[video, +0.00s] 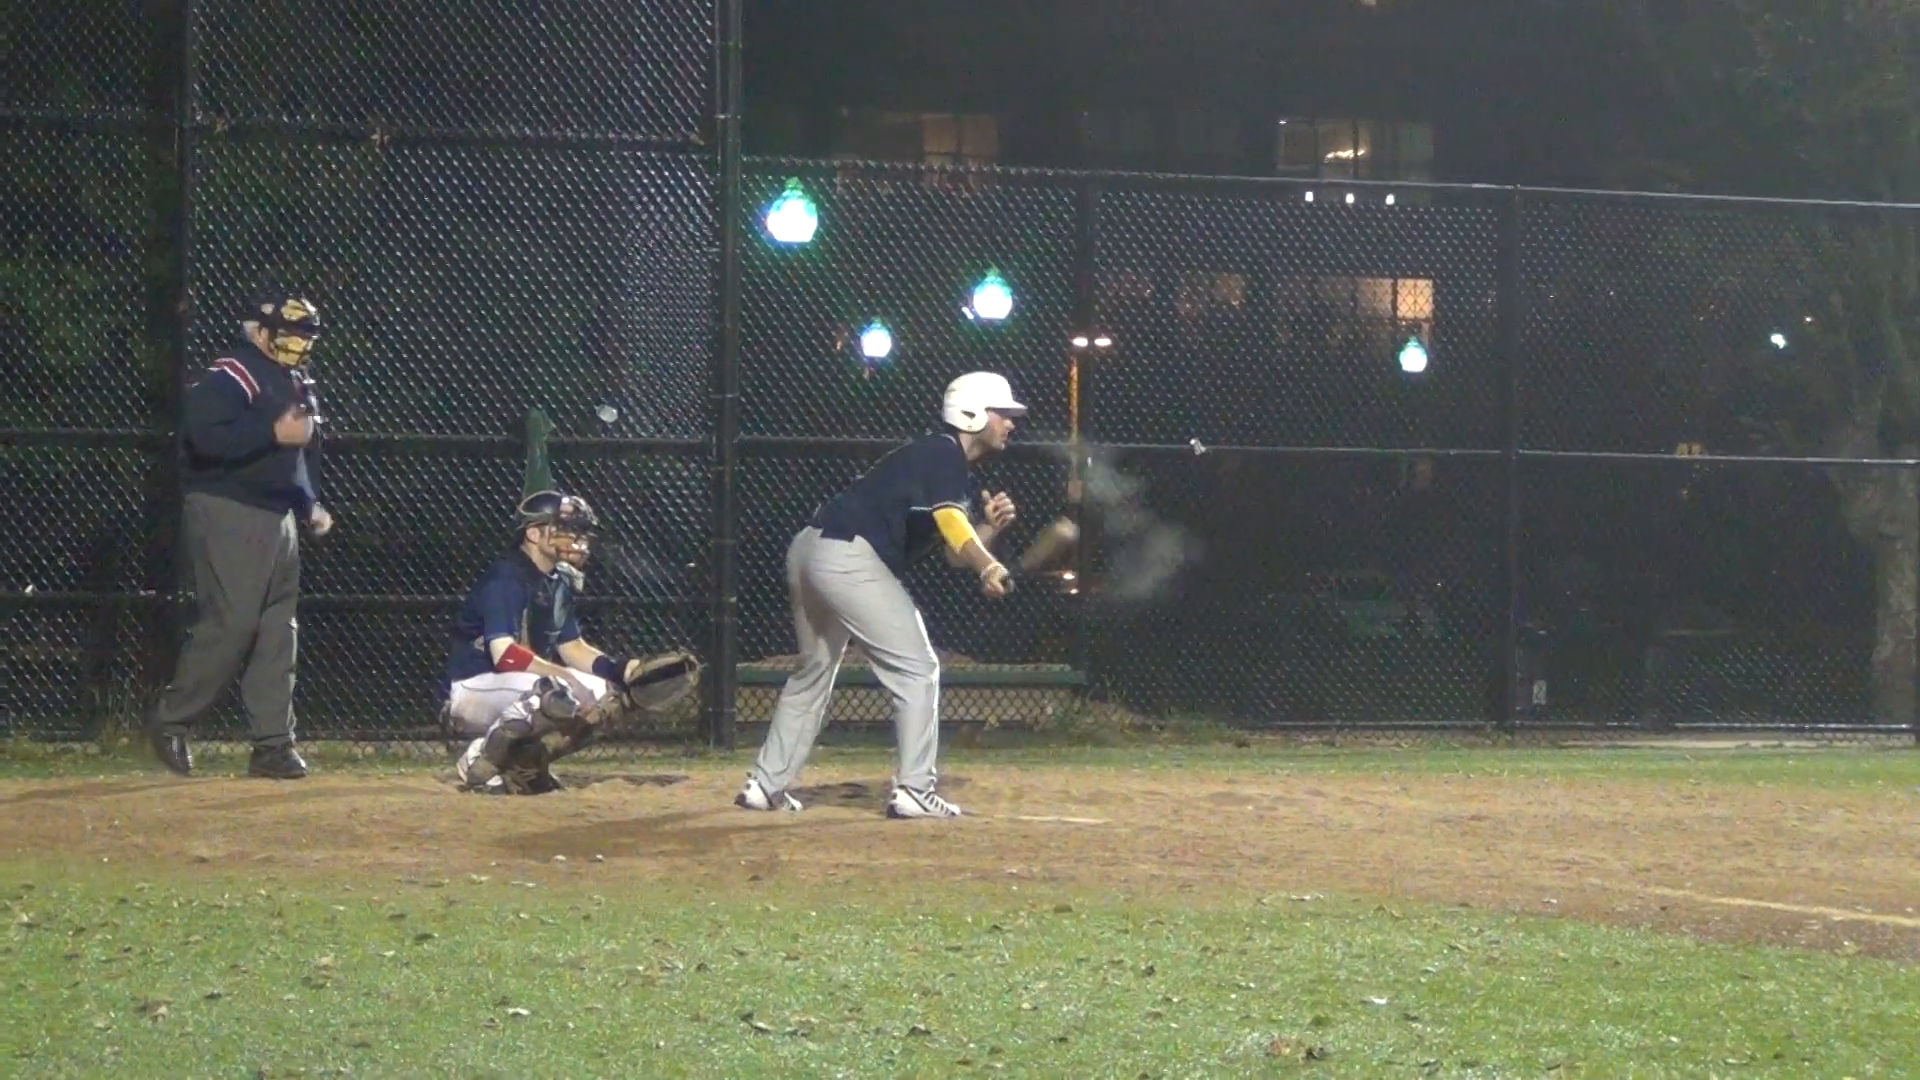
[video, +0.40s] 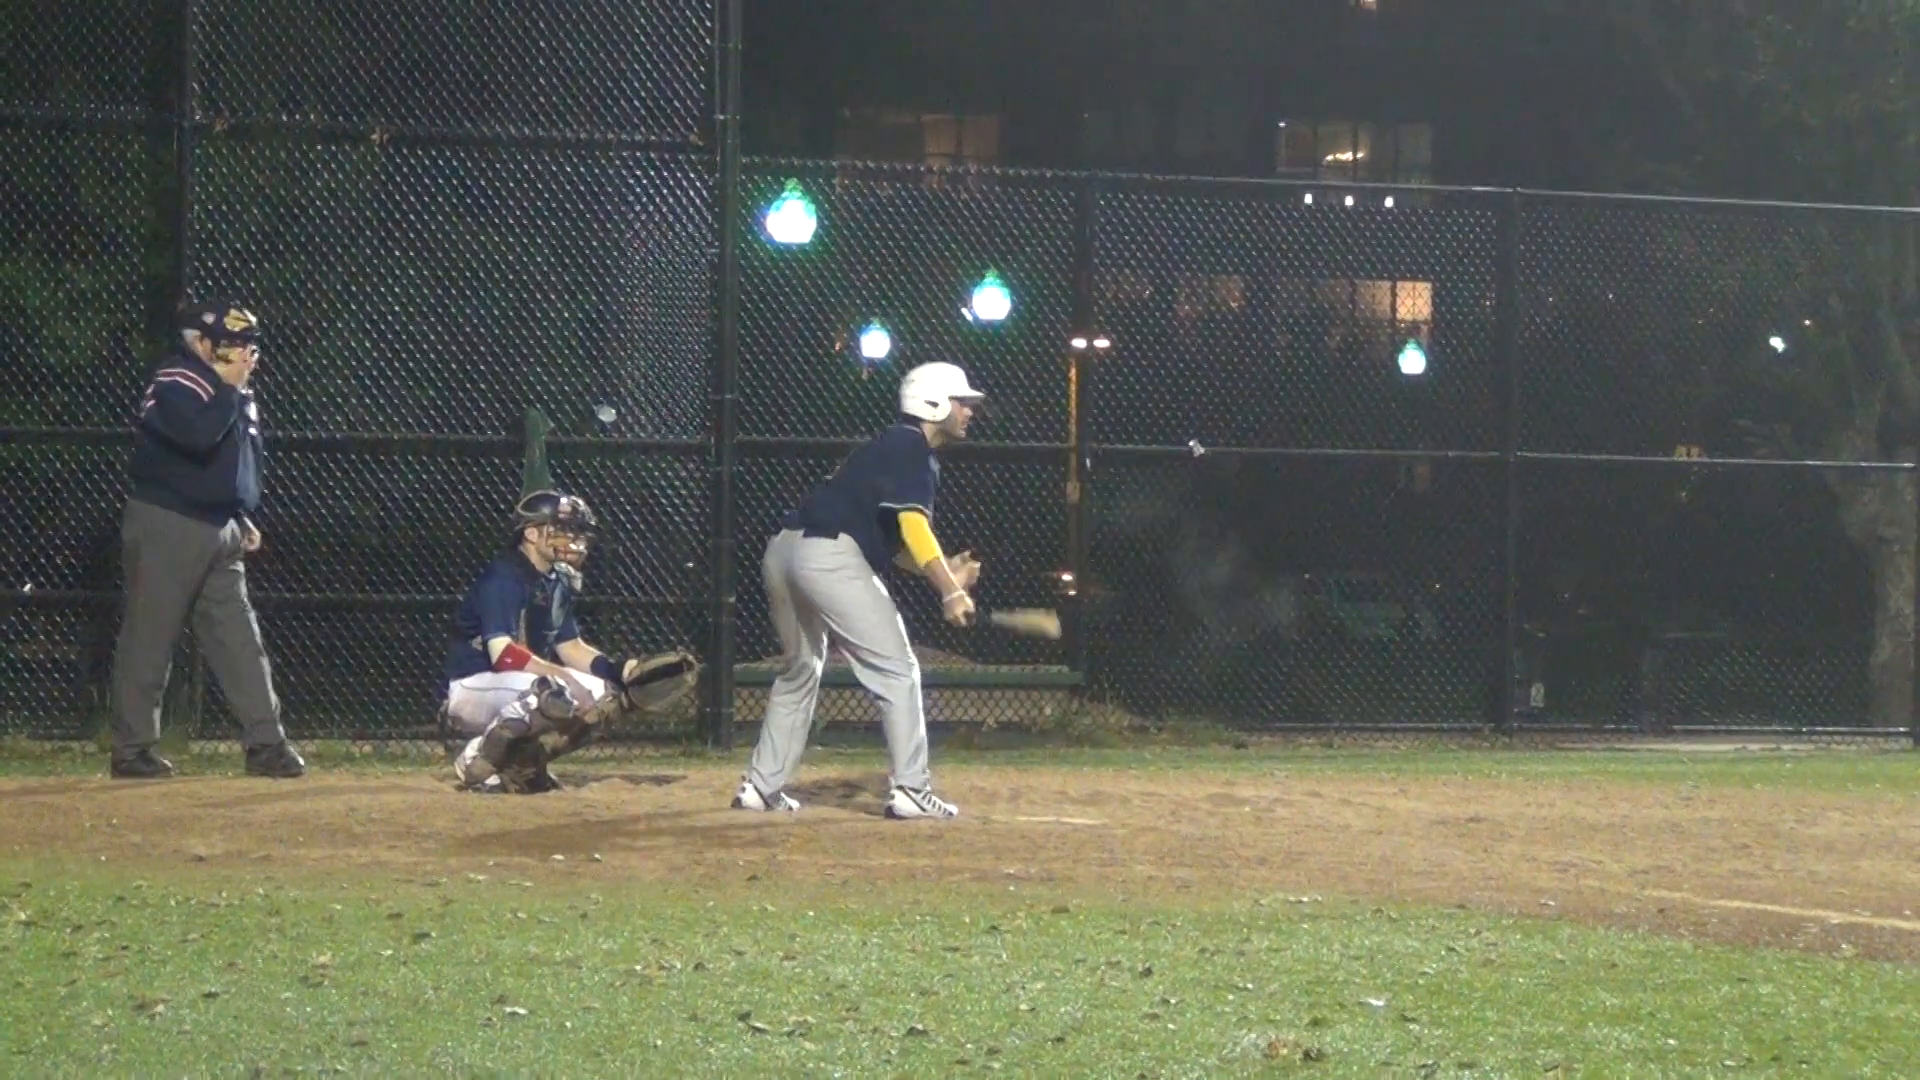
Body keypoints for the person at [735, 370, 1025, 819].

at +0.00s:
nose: (1012, 424)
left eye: (1011, 416)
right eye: (1003, 415)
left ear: (970, 419)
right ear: (974, 417)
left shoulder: (925, 454)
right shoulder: (945, 455)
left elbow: (955, 554)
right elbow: (953, 527)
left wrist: (988, 529)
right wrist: (988, 564)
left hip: (807, 546)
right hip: (847, 553)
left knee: (814, 670)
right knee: (918, 669)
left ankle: (765, 784)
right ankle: (915, 791)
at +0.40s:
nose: (970, 413)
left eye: (969, 404)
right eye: (961, 403)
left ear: (924, 407)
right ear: (933, 405)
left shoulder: (883, 444)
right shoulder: (913, 450)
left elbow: (890, 543)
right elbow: (914, 527)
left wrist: (943, 574)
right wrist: (951, 590)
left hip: (782, 548)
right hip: (831, 552)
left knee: (800, 670)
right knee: (897, 671)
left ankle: (761, 786)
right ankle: (912, 790)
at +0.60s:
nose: (933, 398)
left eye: (931, 389)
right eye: (925, 389)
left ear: (888, 393)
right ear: (900, 392)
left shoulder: (849, 431)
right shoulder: (896, 440)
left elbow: (859, 534)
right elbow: (897, 527)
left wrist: (898, 601)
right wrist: (924, 608)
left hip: (768, 547)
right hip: (822, 550)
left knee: (791, 670)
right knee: (884, 672)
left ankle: (760, 786)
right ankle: (911, 789)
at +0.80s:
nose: (897, 390)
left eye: (895, 381)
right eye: (889, 381)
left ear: (848, 386)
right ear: (866, 386)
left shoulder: (805, 427)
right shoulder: (881, 436)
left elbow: (808, 509)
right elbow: (880, 526)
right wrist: (883, 578)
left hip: (760, 549)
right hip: (818, 551)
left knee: (782, 668)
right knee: (873, 671)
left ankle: (760, 785)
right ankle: (908, 788)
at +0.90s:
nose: (883, 389)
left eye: (882, 380)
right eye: (876, 381)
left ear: (827, 386)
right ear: (853, 385)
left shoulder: (787, 426)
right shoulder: (874, 435)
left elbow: (793, 502)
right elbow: (872, 525)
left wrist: (870, 542)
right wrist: (861, 562)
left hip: (756, 548)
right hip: (815, 548)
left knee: (778, 668)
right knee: (870, 669)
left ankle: (758, 784)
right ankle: (908, 785)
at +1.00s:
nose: (876, 388)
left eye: (875, 378)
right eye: (869, 379)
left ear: (818, 382)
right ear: (847, 381)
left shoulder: (775, 422)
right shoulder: (868, 431)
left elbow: (755, 486)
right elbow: (863, 515)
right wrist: (868, 514)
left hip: (752, 545)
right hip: (812, 543)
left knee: (774, 667)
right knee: (870, 663)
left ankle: (758, 785)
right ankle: (912, 777)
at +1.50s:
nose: (896, 396)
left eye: (895, 386)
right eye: (889, 386)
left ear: (842, 390)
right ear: (865, 388)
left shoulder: (801, 432)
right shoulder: (881, 433)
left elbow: (790, 495)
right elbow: (897, 525)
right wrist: (859, 503)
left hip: (759, 548)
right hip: (816, 549)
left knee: (782, 670)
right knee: (876, 675)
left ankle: (753, 785)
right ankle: (903, 789)